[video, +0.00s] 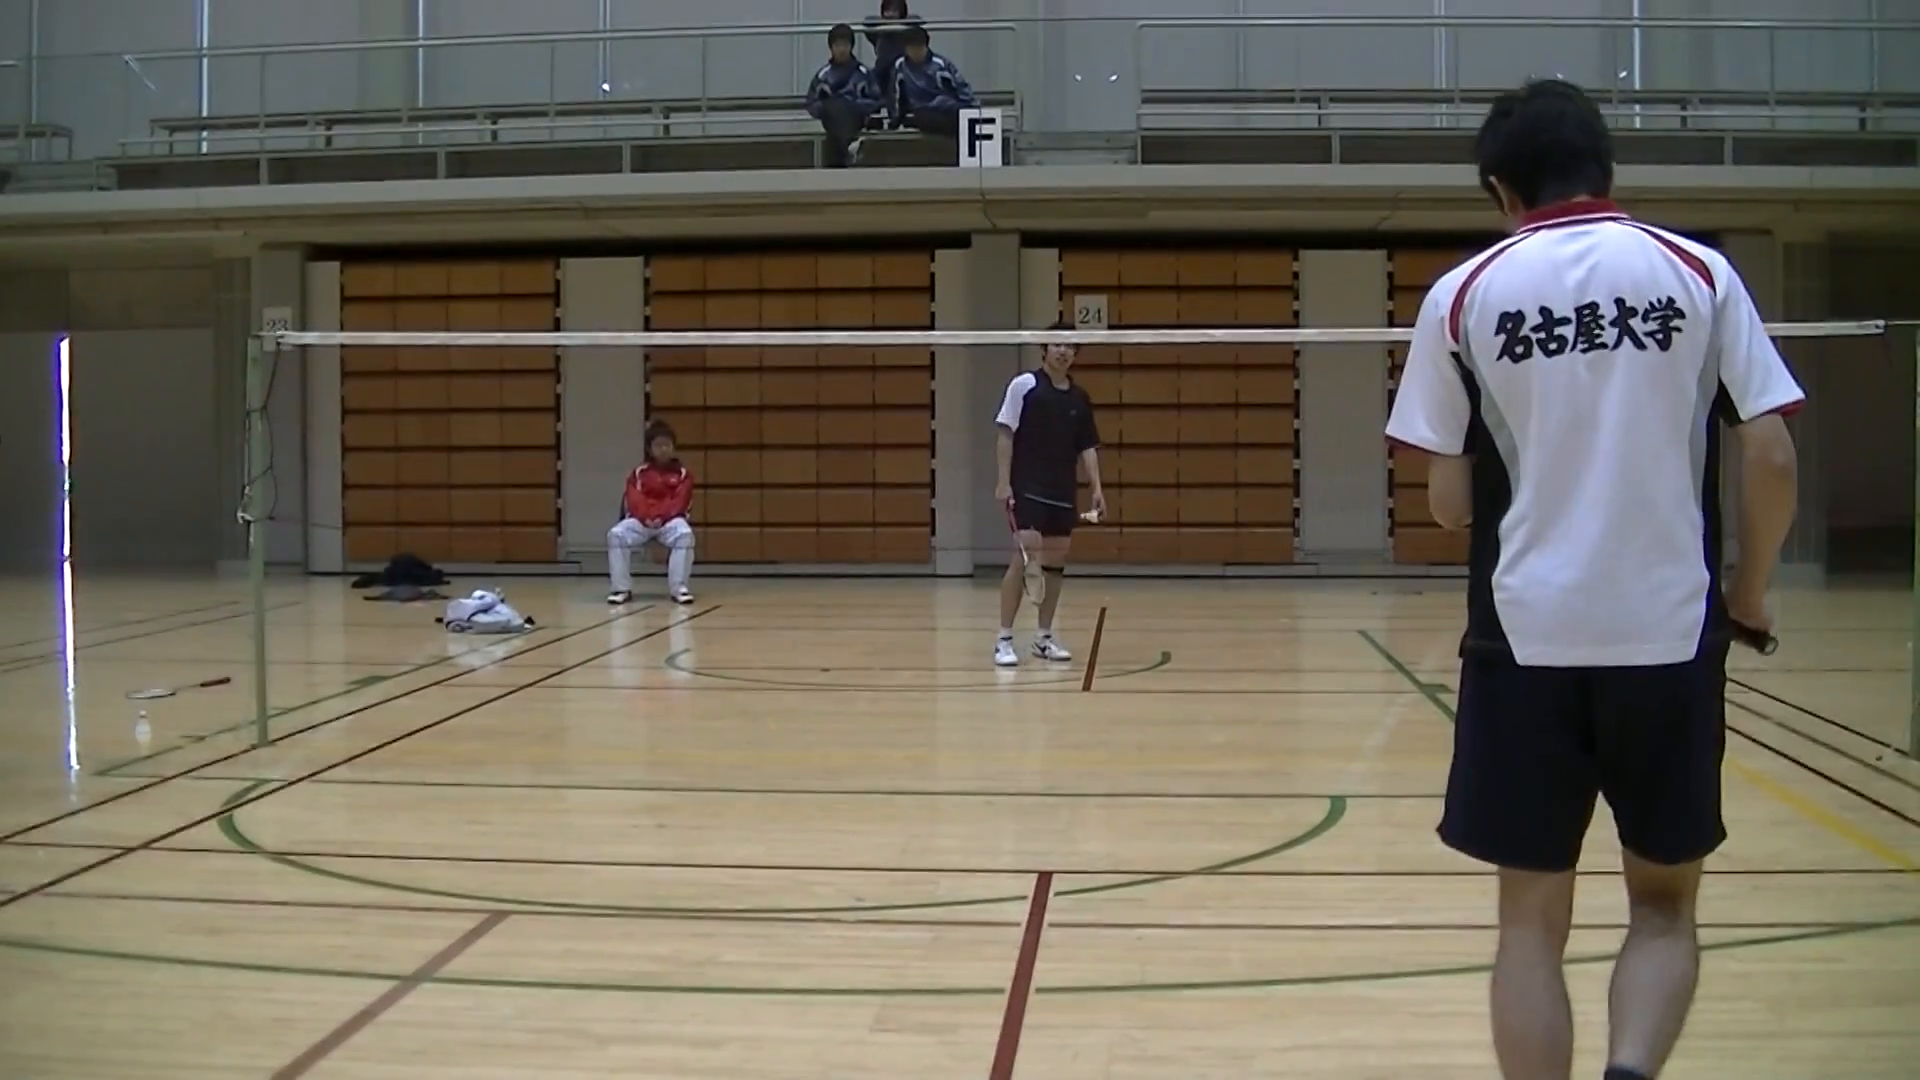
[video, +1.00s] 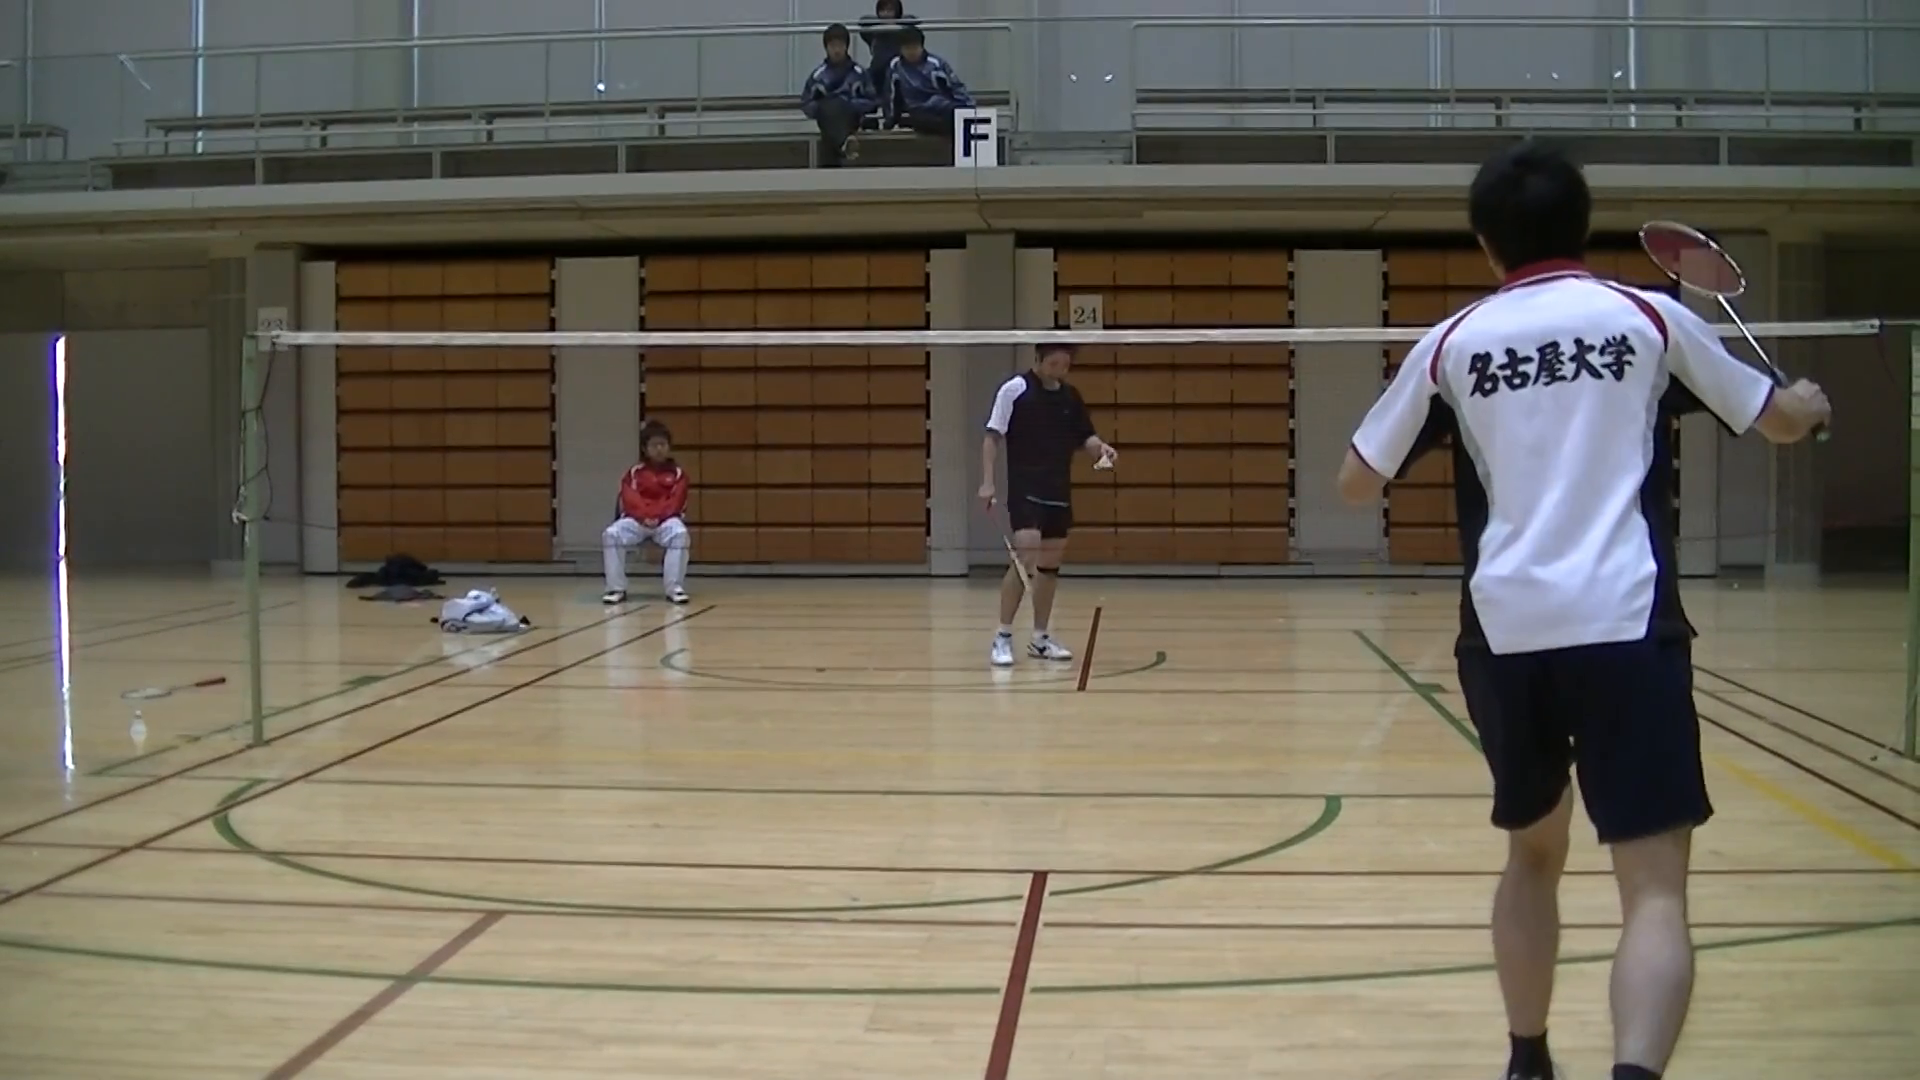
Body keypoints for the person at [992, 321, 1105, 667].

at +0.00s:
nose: (1062, 352)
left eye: (1068, 347)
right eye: (1056, 346)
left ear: (1075, 353)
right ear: (1044, 350)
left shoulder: (1078, 397)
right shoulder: (1023, 385)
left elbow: (1088, 447)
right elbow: (1004, 434)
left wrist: (1096, 488)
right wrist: (1003, 482)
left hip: (1062, 488)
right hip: (1026, 485)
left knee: (1056, 562)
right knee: (1025, 556)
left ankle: (1044, 637)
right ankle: (1004, 639)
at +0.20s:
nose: (1051, 350)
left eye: (1056, 345)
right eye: (1045, 345)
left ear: (1062, 350)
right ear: (1031, 348)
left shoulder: (1068, 393)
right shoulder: (1010, 385)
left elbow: (1077, 441)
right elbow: (996, 435)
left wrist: (1085, 476)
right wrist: (997, 482)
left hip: (1056, 488)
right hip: (1018, 487)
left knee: (1054, 560)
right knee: (1018, 558)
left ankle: (1044, 637)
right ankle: (1004, 640)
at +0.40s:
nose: (1036, 353)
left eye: (1041, 348)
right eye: (1030, 347)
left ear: (1049, 350)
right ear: (1019, 349)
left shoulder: (1058, 390)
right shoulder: (1000, 385)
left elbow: (1064, 439)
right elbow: (984, 438)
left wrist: (1068, 472)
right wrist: (987, 487)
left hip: (1048, 489)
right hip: (1009, 489)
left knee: (1065, 553)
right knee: (1006, 563)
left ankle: (1048, 631)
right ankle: (1002, 641)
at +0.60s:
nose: (1033, 352)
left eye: (1038, 346)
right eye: (1027, 346)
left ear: (1045, 350)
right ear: (1014, 348)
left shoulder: (1052, 389)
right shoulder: (995, 387)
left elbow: (1057, 436)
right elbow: (982, 441)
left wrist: (1064, 466)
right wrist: (982, 490)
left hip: (1046, 487)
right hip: (1007, 488)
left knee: (1066, 553)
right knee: (1007, 561)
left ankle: (1049, 628)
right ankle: (1001, 641)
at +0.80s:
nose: (1043, 365)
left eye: (1047, 360)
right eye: (1037, 360)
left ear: (1052, 360)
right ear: (1022, 360)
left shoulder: (1057, 391)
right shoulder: (1002, 388)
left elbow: (1070, 435)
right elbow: (983, 438)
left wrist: (1082, 455)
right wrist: (981, 486)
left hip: (1051, 490)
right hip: (1014, 490)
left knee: (1053, 561)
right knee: (1012, 562)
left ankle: (1042, 637)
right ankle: (1001, 642)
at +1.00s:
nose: (1062, 370)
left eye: (1065, 365)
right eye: (1057, 364)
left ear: (1068, 365)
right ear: (1040, 361)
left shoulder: (1069, 395)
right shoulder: (1014, 389)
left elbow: (1086, 436)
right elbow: (992, 437)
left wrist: (1100, 448)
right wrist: (988, 482)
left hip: (1058, 489)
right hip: (1025, 488)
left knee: (1050, 565)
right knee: (1026, 556)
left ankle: (1040, 638)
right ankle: (1003, 638)